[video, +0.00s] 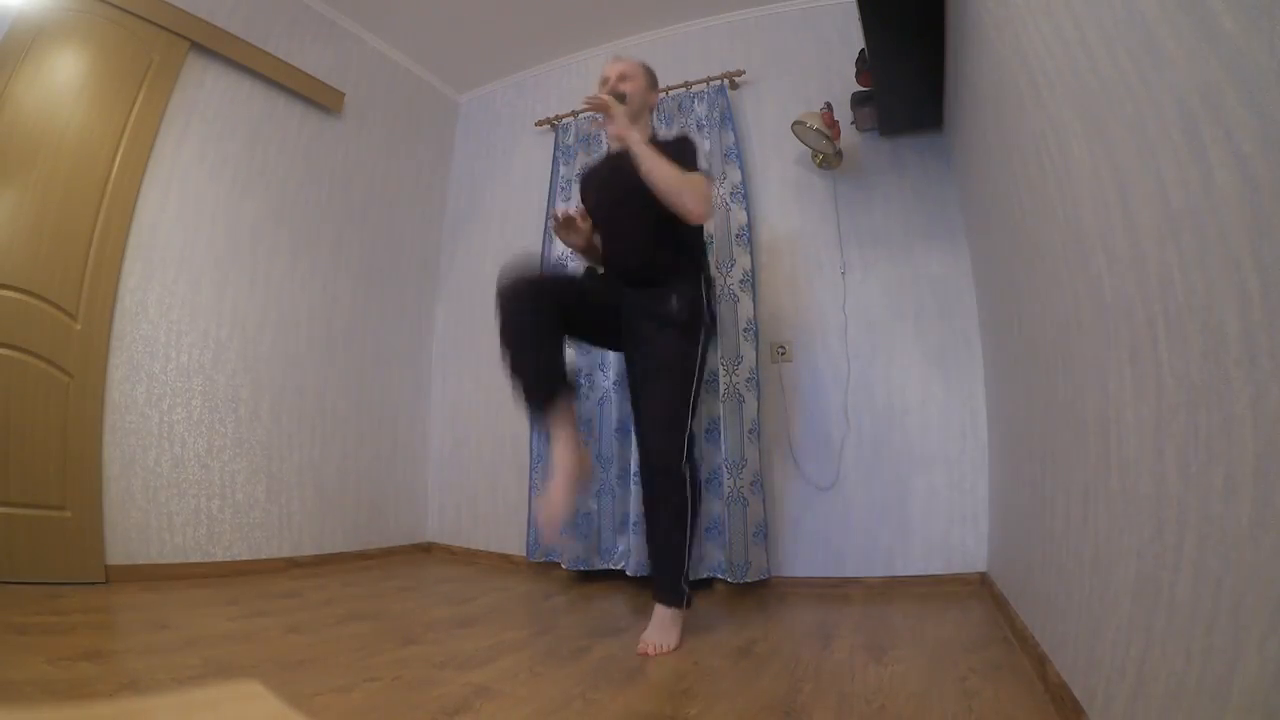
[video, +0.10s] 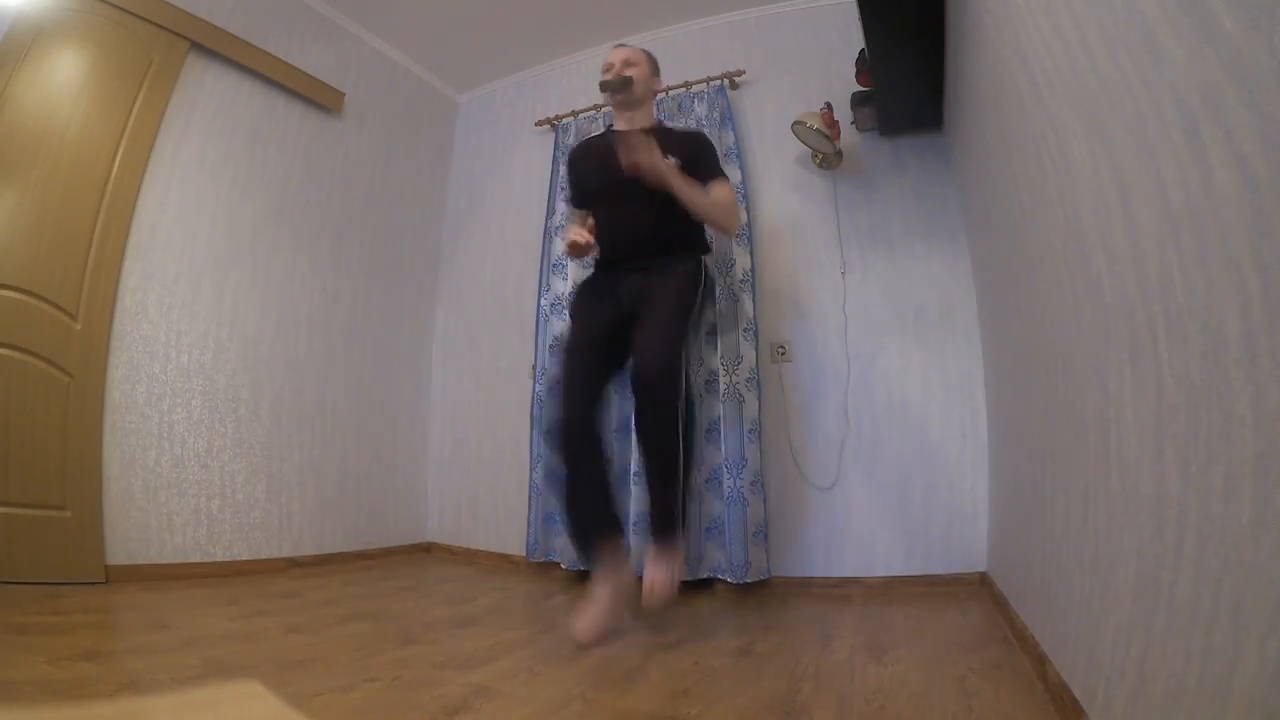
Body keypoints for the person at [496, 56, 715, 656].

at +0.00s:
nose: (612, 87)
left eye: (625, 79)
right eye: (605, 80)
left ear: (654, 98)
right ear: (596, 99)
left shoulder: (675, 150)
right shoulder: (597, 176)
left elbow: (698, 207)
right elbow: (606, 256)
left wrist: (635, 140)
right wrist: (583, 242)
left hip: (670, 311)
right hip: (614, 306)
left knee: (663, 452)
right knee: (523, 292)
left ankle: (669, 601)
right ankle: (566, 444)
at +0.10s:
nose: (617, 71)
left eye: (630, 64)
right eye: (608, 68)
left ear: (657, 84)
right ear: (600, 91)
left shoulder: (688, 144)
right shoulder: (586, 156)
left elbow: (729, 217)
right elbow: (580, 221)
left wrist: (669, 175)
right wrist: (578, 237)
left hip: (673, 275)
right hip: (608, 281)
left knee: (655, 370)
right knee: (575, 401)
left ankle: (663, 541)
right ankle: (607, 562)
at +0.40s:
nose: (618, 89)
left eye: (632, 81)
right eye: (611, 84)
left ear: (661, 99)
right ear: (605, 105)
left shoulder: (689, 154)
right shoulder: (602, 180)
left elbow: (748, 225)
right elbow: (594, 264)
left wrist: (686, 224)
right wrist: (577, 242)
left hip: (680, 307)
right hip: (620, 309)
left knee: (676, 449)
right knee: (529, 348)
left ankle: (697, 582)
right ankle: (581, 488)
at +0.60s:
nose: (627, 80)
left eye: (641, 74)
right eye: (619, 77)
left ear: (666, 96)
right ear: (610, 100)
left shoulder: (691, 149)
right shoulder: (602, 168)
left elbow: (724, 215)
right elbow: (608, 231)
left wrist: (643, 165)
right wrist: (600, 255)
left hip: (683, 300)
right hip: (621, 303)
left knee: (676, 422)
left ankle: (694, 569)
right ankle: (617, 519)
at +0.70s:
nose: (629, 90)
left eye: (642, 82)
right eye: (621, 85)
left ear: (668, 100)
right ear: (612, 106)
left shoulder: (699, 166)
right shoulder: (595, 175)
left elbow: (732, 247)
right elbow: (569, 261)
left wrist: (680, 229)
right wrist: (577, 239)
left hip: (684, 298)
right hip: (620, 309)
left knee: (661, 298)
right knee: (636, 447)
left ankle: (684, 459)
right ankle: (657, 583)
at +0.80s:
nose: (620, 94)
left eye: (633, 87)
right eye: (613, 90)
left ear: (661, 107)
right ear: (604, 113)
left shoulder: (694, 172)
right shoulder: (592, 181)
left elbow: (736, 240)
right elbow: (550, 259)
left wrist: (710, 255)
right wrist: (558, 206)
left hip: (692, 302)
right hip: (628, 314)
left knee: (647, 274)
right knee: (636, 450)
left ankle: (670, 446)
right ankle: (663, 585)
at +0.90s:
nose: (614, 81)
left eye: (627, 74)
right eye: (606, 78)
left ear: (654, 94)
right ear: (600, 102)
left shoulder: (688, 146)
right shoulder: (595, 175)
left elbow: (749, 212)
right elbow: (585, 259)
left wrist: (688, 219)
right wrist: (569, 225)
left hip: (689, 290)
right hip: (630, 296)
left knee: (665, 400)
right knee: (565, 395)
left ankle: (686, 554)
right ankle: (615, 523)